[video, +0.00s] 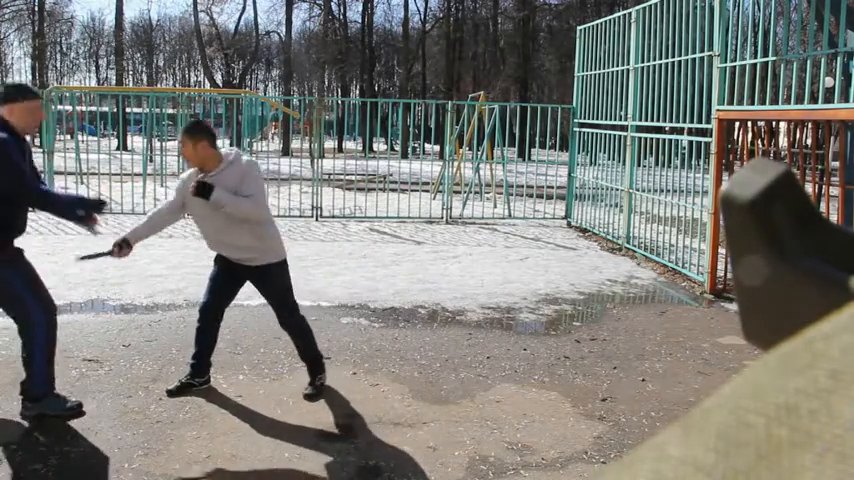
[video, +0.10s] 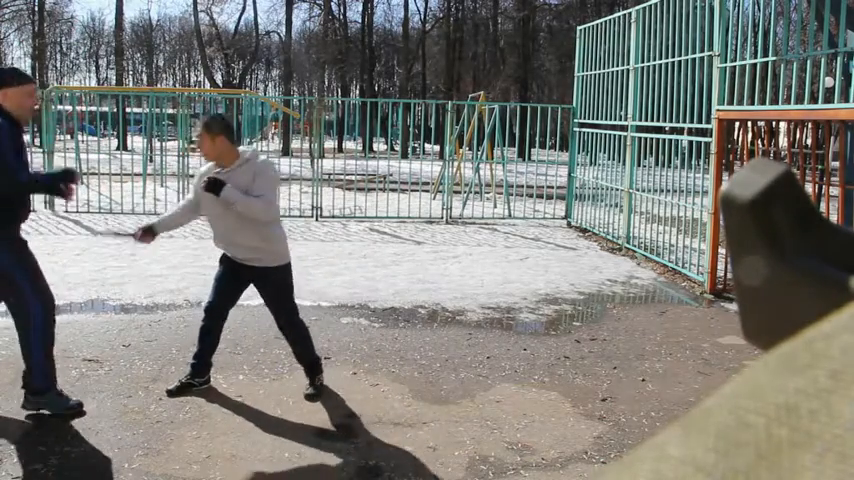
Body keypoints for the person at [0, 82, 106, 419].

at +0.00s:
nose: (41, 116)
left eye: (41, 108)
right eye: (36, 108)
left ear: (13, 109)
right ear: (12, 109)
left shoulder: (16, 143)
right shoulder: (7, 144)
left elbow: (34, 192)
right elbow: (30, 194)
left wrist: (78, 207)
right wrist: (78, 208)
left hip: (8, 250)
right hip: (4, 253)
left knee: (40, 313)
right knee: (38, 315)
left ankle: (39, 394)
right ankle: (39, 397)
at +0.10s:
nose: (35, 102)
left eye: (35, 95)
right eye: (29, 95)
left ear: (13, 97)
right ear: (8, 96)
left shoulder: (11, 129)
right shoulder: (5, 131)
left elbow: (16, 180)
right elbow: (14, 182)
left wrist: (53, 182)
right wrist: (55, 182)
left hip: (10, 238)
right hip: (5, 240)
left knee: (36, 306)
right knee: (37, 306)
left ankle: (39, 388)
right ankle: (41, 391)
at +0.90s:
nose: (33, 110)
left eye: (32, 104)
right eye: (27, 104)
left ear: (13, 109)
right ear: (7, 109)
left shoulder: (19, 142)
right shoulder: (7, 146)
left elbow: (36, 182)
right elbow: (30, 189)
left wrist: (73, 165)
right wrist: (73, 165)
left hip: (16, 247)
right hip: (9, 248)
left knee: (6, 310)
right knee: (63, 298)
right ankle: (56, 378)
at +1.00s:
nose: (40, 122)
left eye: (38, 115)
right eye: (34, 116)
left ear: (11, 122)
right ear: (10, 122)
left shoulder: (16, 150)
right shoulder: (17, 153)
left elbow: (73, 154)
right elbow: (74, 154)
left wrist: (108, 119)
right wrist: (109, 117)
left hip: (12, 255)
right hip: (16, 256)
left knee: (16, 312)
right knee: (78, 301)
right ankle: (86, 383)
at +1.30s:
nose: (81, 115)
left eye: (80, 110)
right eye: (75, 110)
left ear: (52, 115)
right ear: (53, 115)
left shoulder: (45, 140)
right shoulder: (47, 142)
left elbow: (110, 136)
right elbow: (101, 133)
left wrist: (119, 91)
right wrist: (115, 86)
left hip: (41, 248)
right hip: (46, 251)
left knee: (39, 309)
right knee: (98, 304)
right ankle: (100, 378)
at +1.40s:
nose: (93, 111)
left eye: (93, 106)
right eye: (86, 107)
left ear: (73, 110)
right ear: (64, 111)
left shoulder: (79, 134)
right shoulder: (53, 137)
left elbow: (130, 137)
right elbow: (103, 128)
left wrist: (130, 95)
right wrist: (120, 90)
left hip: (69, 241)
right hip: (53, 242)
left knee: (79, 304)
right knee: (104, 303)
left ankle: (8, 335)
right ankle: (99, 378)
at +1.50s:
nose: (104, 106)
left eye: (103, 100)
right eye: (96, 101)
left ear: (100, 103)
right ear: (75, 105)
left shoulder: (100, 131)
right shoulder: (63, 133)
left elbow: (143, 139)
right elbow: (108, 136)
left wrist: (140, 101)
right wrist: (128, 97)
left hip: (90, 235)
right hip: (64, 236)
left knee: (117, 296)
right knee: (101, 305)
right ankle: (98, 376)